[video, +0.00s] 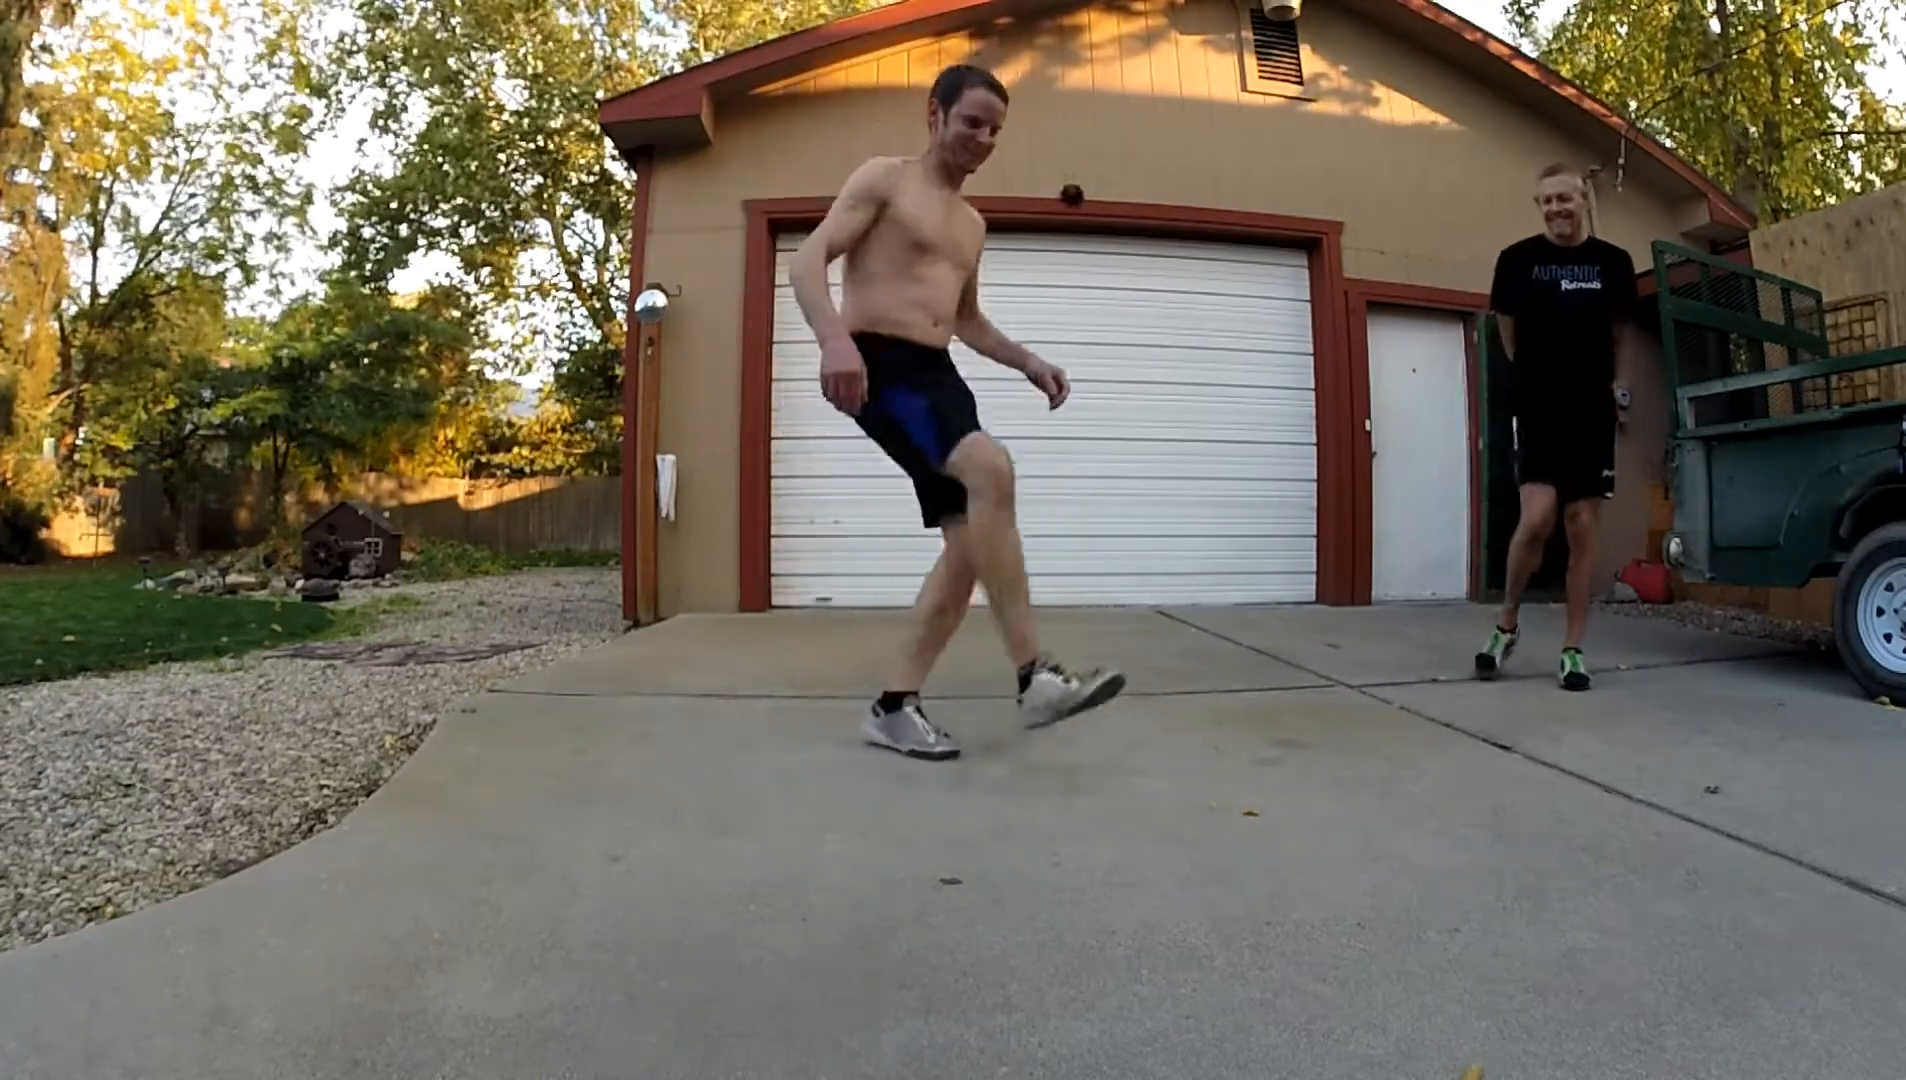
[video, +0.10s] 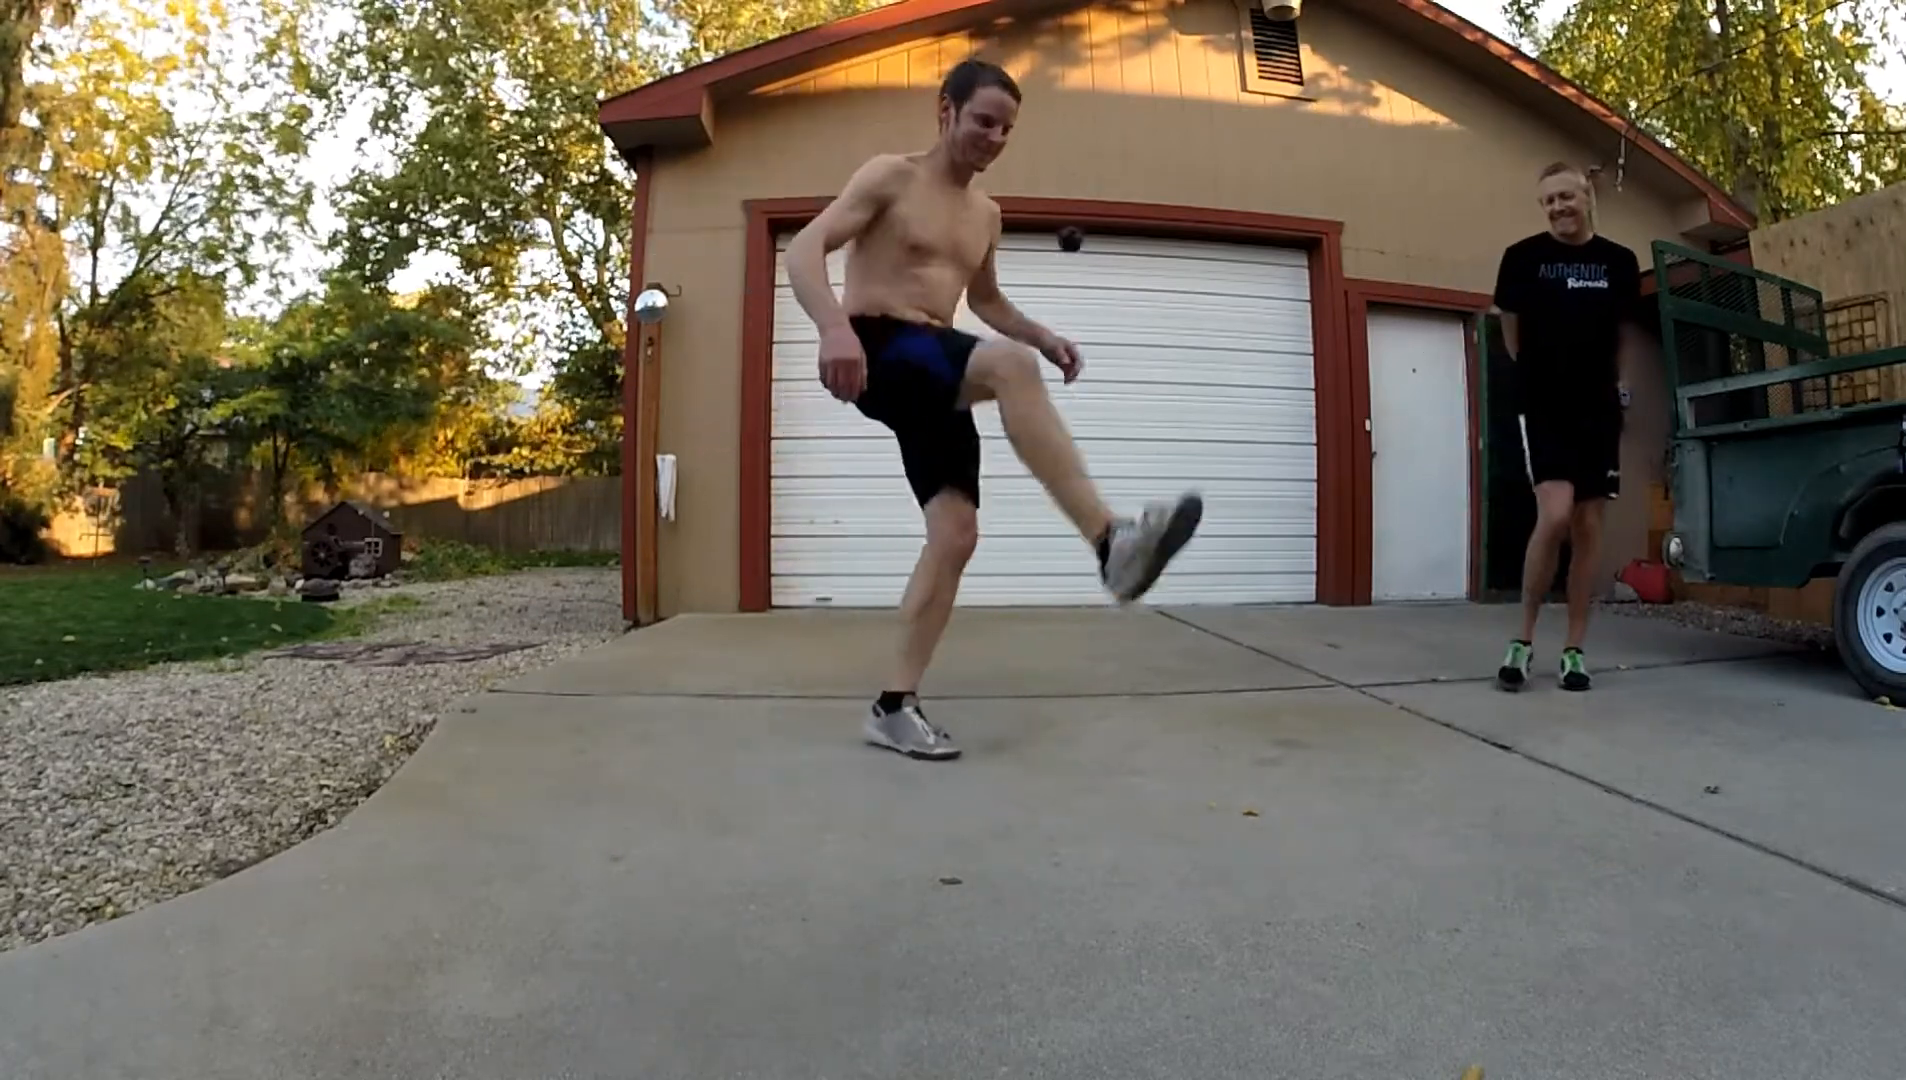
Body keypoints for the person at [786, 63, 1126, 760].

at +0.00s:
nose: (985, 139)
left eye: (995, 129)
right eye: (974, 122)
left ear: (1001, 136)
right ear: (936, 114)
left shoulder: (972, 225)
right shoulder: (883, 177)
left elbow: (967, 318)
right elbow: (806, 262)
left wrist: (1029, 361)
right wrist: (833, 340)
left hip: (935, 370)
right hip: (879, 362)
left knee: (967, 544)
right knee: (990, 470)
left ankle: (896, 704)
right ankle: (1033, 676)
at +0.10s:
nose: (994, 138)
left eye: (1005, 128)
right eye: (983, 121)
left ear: (1010, 132)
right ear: (947, 111)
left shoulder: (983, 213)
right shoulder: (890, 176)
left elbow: (986, 298)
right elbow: (801, 252)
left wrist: (1041, 336)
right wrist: (833, 328)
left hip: (935, 362)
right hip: (876, 346)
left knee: (954, 533)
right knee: (1013, 364)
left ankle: (895, 705)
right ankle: (1111, 546)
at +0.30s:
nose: (1010, 110)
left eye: (1019, 99)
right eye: (999, 94)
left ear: (1022, 103)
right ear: (960, 85)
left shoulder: (993, 181)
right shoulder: (906, 146)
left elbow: (973, 265)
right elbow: (818, 217)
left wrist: (1015, 320)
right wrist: (862, 276)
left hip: (944, 347)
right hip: (886, 323)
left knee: (968, 506)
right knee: (1013, 328)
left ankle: (931, 684)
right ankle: (1025, 535)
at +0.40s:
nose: (1000, 122)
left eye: (1009, 112)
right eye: (989, 107)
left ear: (1013, 119)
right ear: (951, 102)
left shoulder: (986, 200)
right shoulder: (903, 164)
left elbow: (961, 288)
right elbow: (822, 242)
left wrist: (1014, 339)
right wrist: (858, 306)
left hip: (954, 358)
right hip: (900, 347)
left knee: (976, 533)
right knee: (1010, 442)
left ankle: (919, 699)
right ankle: (1008, 652)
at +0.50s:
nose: (997, 144)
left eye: (1006, 135)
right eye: (985, 130)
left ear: (1009, 143)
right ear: (948, 129)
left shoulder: (984, 235)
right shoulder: (898, 190)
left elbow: (978, 325)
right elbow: (827, 278)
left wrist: (1040, 360)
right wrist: (856, 360)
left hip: (959, 377)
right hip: (906, 368)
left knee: (992, 551)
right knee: (1020, 476)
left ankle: (918, 702)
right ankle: (1063, 680)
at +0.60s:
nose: (1005, 150)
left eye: (1014, 140)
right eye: (994, 134)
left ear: (1017, 146)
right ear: (955, 130)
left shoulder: (995, 232)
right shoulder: (904, 192)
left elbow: (1003, 315)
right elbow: (829, 277)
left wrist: (1070, 335)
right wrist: (869, 354)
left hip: (957, 369)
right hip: (904, 355)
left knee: (987, 538)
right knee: (1042, 393)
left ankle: (918, 702)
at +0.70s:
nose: (1026, 133)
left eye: (1034, 123)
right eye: (1015, 118)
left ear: (1036, 125)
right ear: (974, 110)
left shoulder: (1008, 202)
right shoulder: (922, 169)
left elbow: (986, 284)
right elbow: (851, 246)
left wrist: (1053, 300)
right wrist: (905, 316)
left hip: (959, 357)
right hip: (900, 337)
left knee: (970, 515)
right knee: (1028, 274)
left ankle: (931, 688)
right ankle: (1124, 433)